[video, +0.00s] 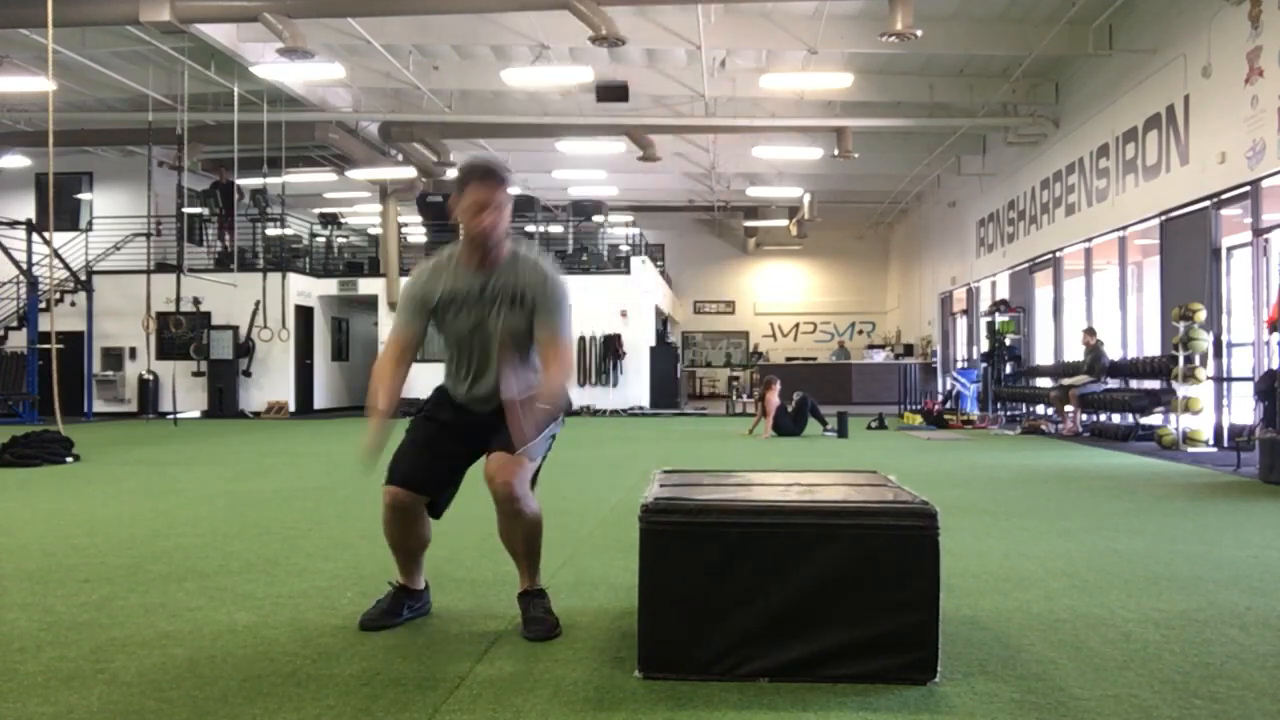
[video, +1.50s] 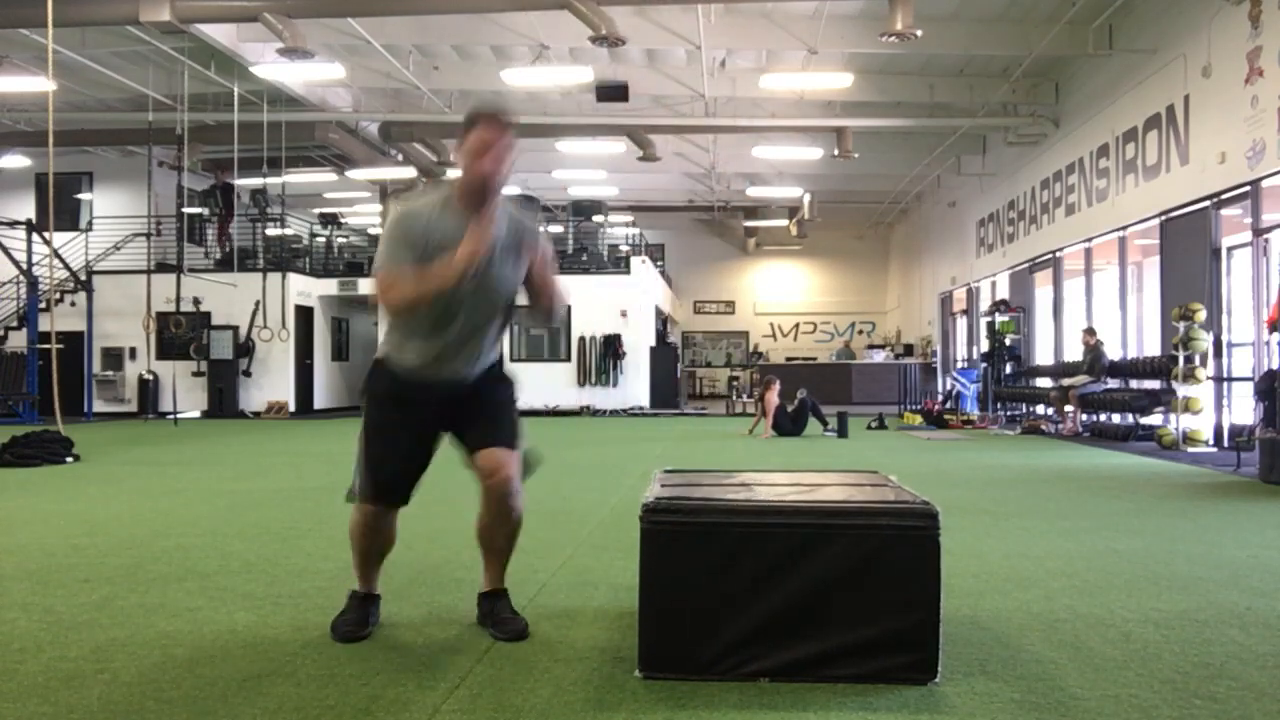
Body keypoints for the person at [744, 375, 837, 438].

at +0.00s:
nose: (779, 387)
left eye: (779, 384)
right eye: (778, 385)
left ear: (767, 385)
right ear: (773, 385)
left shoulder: (764, 396)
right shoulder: (772, 396)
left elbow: (759, 415)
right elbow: (769, 416)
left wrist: (750, 430)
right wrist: (767, 433)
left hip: (784, 430)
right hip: (792, 430)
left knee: (803, 398)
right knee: (806, 399)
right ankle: (826, 426)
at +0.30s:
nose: (779, 387)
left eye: (779, 385)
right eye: (778, 385)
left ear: (767, 385)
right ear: (773, 385)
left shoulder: (764, 396)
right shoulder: (772, 396)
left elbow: (759, 415)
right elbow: (769, 416)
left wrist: (750, 430)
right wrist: (767, 433)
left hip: (784, 430)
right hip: (792, 430)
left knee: (803, 398)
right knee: (806, 400)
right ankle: (826, 426)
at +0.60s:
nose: (779, 387)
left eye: (779, 385)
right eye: (778, 385)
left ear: (767, 385)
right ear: (773, 385)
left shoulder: (764, 396)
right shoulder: (772, 396)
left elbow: (759, 416)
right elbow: (770, 416)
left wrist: (750, 430)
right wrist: (767, 433)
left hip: (784, 430)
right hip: (793, 430)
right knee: (805, 399)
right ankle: (826, 426)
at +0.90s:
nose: (779, 387)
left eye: (779, 384)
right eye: (778, 385)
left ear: (767, 386)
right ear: (773, 385)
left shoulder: (765, 396)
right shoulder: (772, 396)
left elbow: (759, 415)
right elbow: (770, 416)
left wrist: (750, 430)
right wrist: (767, 433)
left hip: (785, 430)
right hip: (793, 431)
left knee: (803, 397)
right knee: (806, 399)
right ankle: (826, 426)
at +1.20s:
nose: (779, 387)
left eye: (779, 385)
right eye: (778, 385)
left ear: (767, 385)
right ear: (773, 385)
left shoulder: (765, 396)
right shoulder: (772, 396)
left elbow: (759, 415)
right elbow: (770, 416)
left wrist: (750, 430)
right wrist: (767, 433)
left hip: (784, 430)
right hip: (792, 430)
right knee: (807, 400)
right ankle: (826, 426)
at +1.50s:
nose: (779, 387)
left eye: (778, 384)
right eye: (777, 384)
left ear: (767, 386)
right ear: (772, 385)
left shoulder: (765, 396)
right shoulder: (771, 396)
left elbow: (759, 415)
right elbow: (769, 415)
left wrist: (750, 430)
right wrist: (767, 433)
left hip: (785, 430)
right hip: (792, 431)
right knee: (807, 401)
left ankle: (798, 403)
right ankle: (826, 426)